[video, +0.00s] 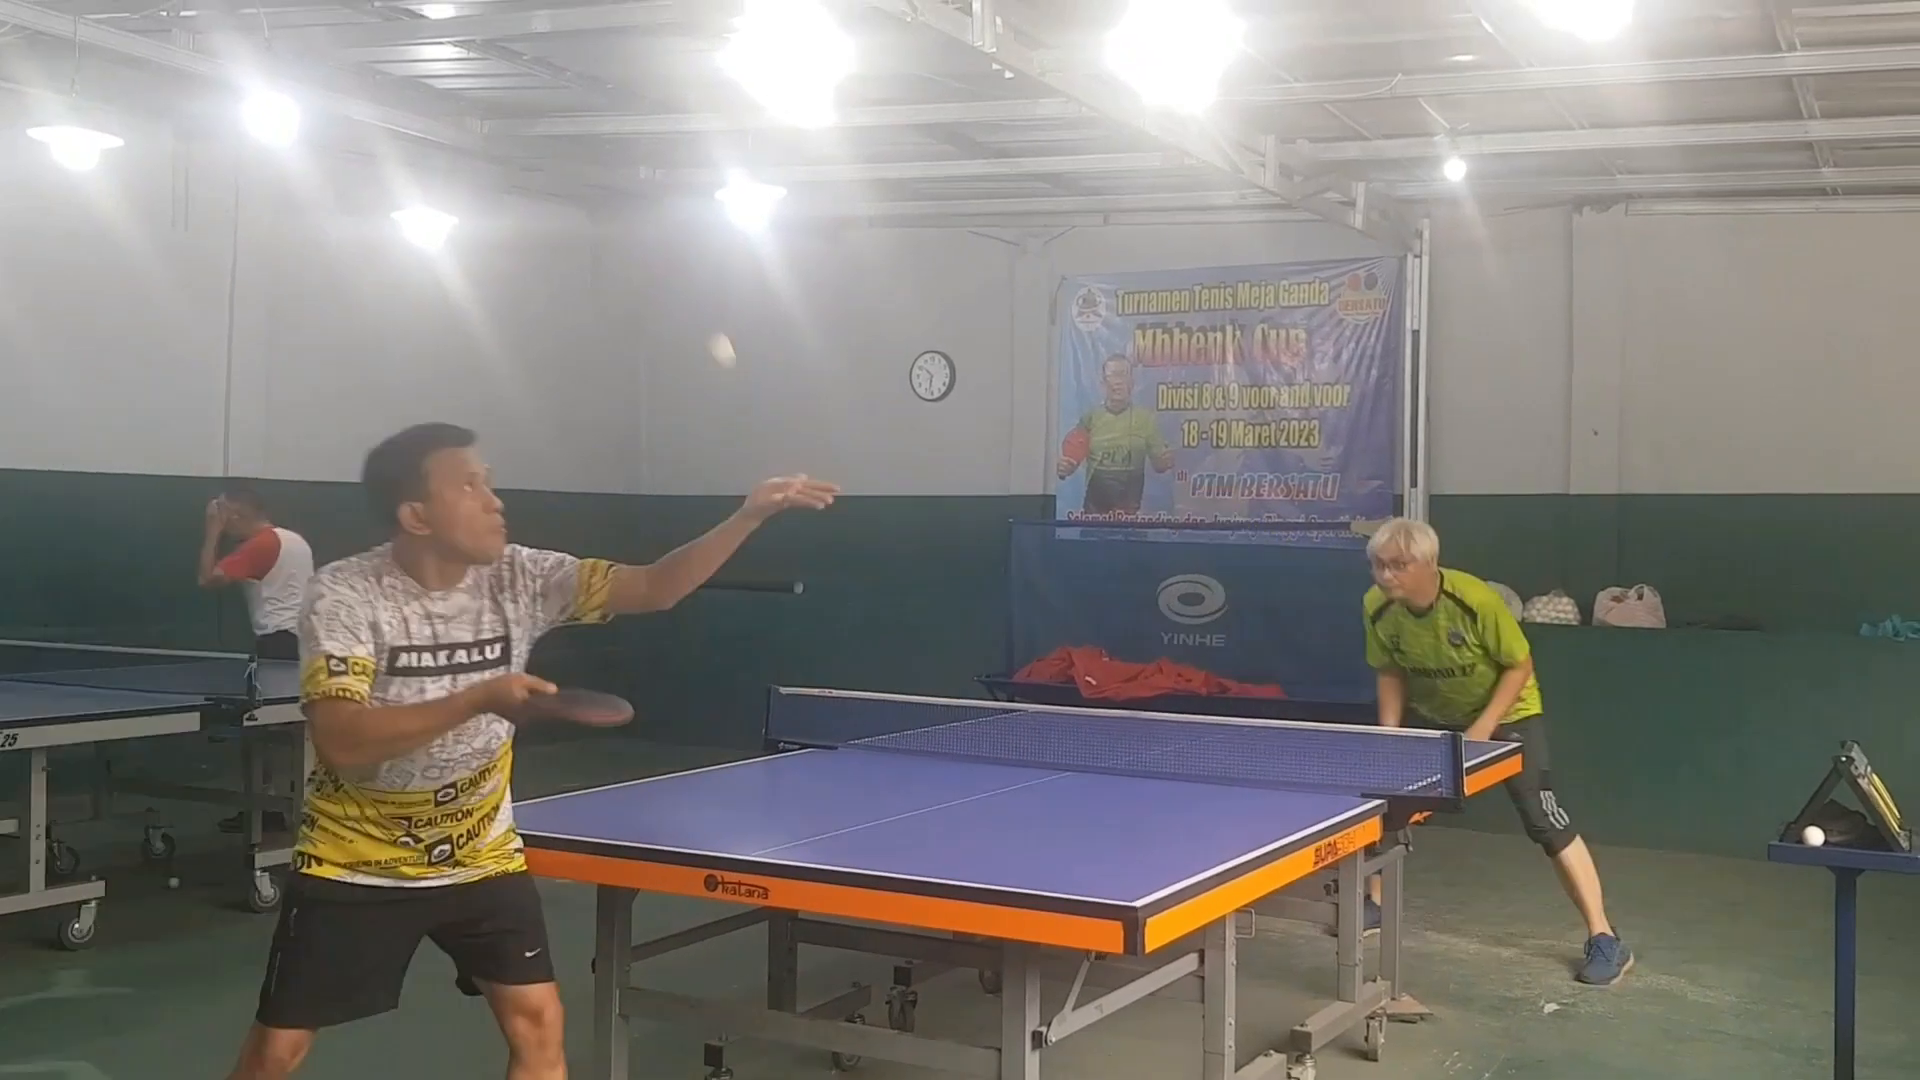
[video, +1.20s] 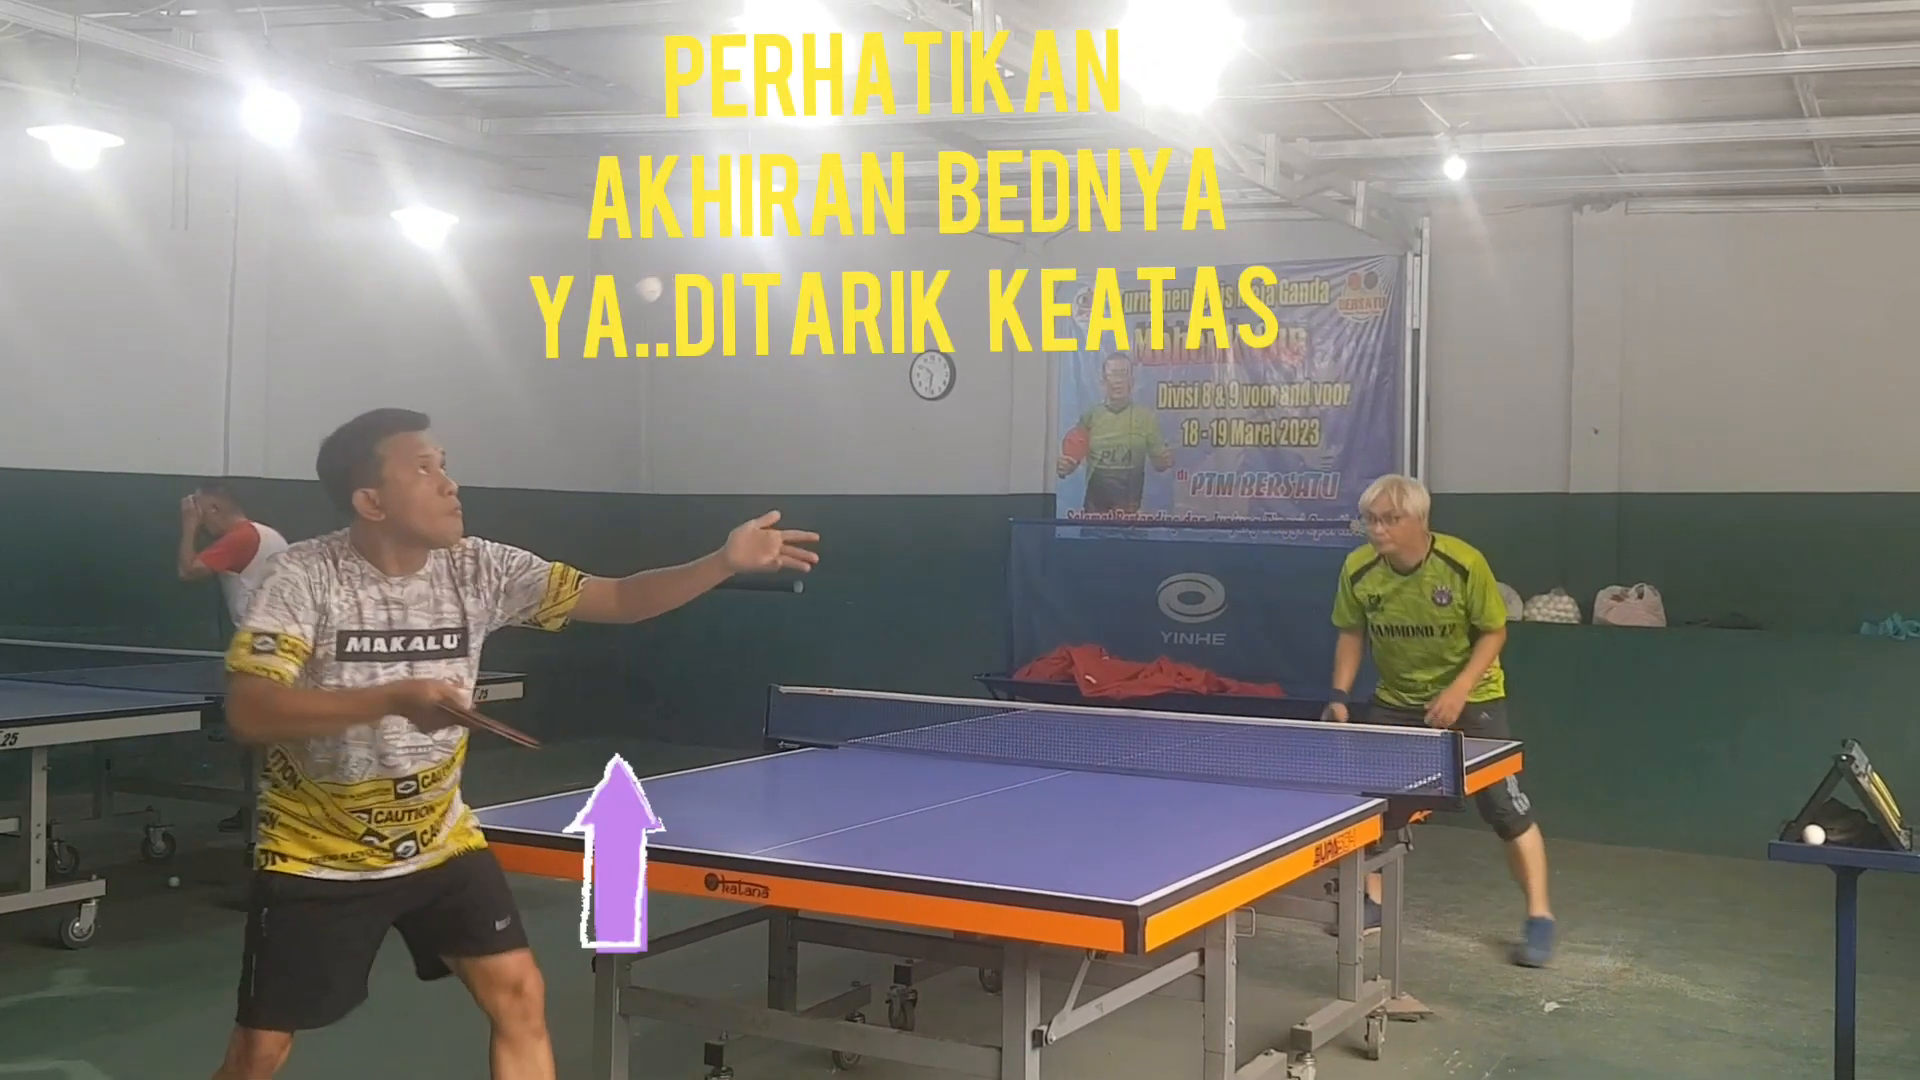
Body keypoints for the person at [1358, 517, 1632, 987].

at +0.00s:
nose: (1383, 576)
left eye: (1394, 566)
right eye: (1378, 566)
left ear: (1425, 565)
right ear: (1374, 567)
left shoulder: (1475, 600)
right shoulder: (1377, 607)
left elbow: (1520, 665)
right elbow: (1388, 674)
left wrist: (1484, 726)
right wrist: (1388, 741)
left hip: (1507, 714)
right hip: (1430, 719)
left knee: (1541, 814)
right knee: (1375, 804)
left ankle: (1603, 937)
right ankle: (1369, 903)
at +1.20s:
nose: (1376, 530)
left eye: (1387, 520)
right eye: (1370, 520)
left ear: (1418, 520)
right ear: (1365, 523)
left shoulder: (1464, 565)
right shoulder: (1357, 570)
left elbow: (1494, 631)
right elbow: (1351, 633)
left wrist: (1459, 690)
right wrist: (1339, 695)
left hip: (1472, 700)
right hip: (1394, 702)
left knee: (1505, 803)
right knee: (1363, 795)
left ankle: (1539, 916)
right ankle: (1370, 897)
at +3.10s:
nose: (1348, 526)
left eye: (1360, 516)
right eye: (1343, 517)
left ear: (1391, 518)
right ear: (1340, 519)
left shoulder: (1436, 562)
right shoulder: (1332, 569)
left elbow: (1469, 630)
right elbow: (1314, 634)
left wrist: (1436, 676)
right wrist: (1287, 671)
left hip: (1439, 701)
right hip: (1362, 702)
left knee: (1485, 799)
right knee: (1315, 781)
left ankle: (1521, 908)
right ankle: (1310, 895)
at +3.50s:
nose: (1347, 529)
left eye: (1358, 519)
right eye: (1342, 519)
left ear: (1387, 519)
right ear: (1337, 522)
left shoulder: (1434, 564)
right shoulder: (1330, 572)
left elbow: (1470, 632)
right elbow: (1317, 638)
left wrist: (1439, 676)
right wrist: (1289, 674)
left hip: (1441, 705)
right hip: (1365, 706)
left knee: (1485, 801)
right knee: (1318, 785)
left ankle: (1535, 911)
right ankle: (1311, 896)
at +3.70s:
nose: (1347, 528)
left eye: (1357, 519)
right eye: (1341, 519)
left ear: (1387, 520)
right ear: (1338, 523)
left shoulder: (1434, 564)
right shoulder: (1332, 573)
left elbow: (1473, 632)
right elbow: (1320, 641)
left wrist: (1442, 675)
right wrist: (1291, 674)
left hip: (1443, 709)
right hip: (1368, 710)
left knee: (1490, 802)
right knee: (1313, 782)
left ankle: (1544, 913)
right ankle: (1313, 894)